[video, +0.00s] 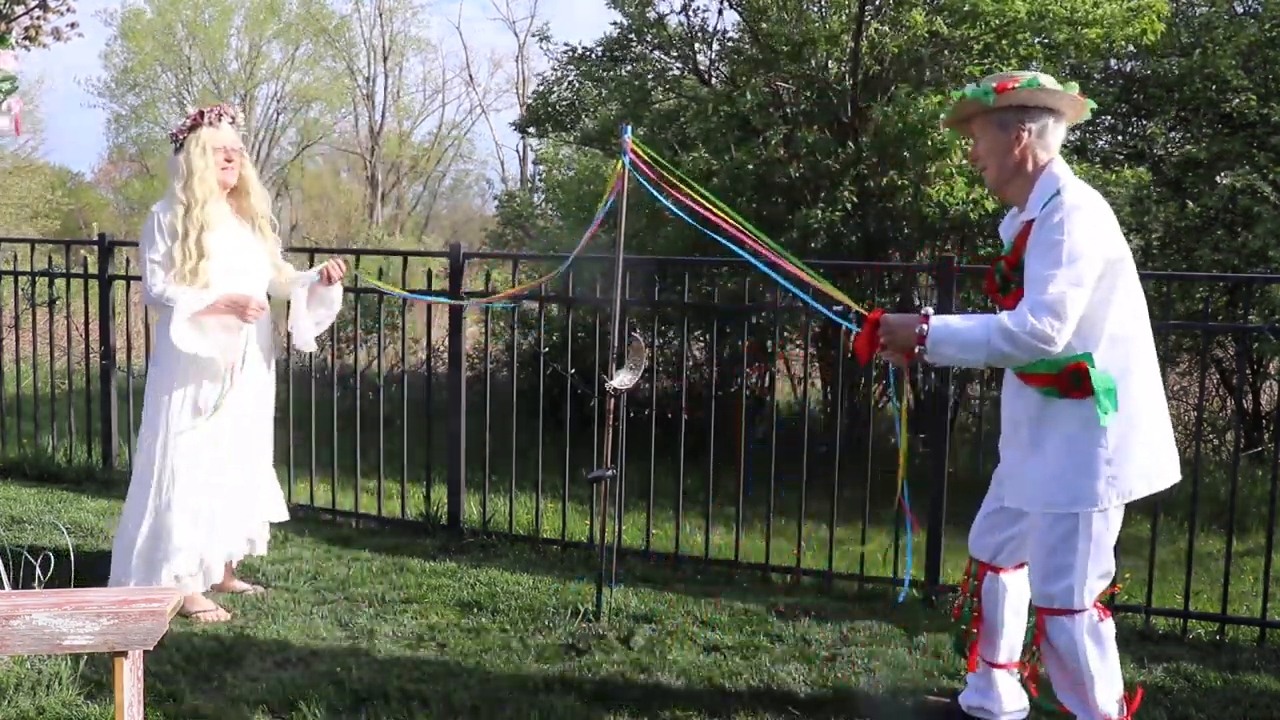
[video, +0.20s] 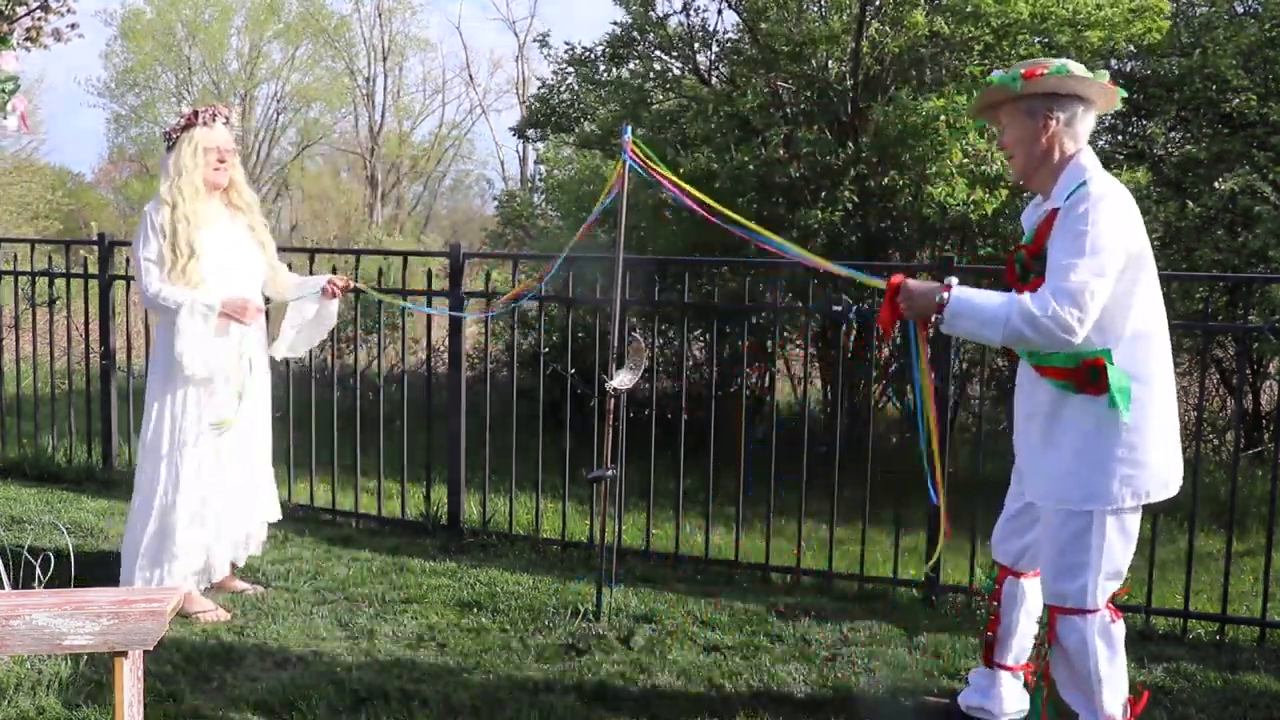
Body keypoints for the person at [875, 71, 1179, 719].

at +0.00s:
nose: (970, 156)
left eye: (977, 139)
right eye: (969, 142)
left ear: (1024, 137)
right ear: (1020, 140)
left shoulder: (1072, 215)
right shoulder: (1030, 220)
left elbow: (1045, 331)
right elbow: (1023, 331)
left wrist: (927, 331)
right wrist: (927, 343)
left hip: (1086, 444)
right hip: (1037, 438)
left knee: (1067, 598)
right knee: (996, 557)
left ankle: (1100, 711)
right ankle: (992, 700)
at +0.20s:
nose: (998, 146)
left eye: (1005, 130)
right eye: (996, 133)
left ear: (1052, 128)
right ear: (1049, 131)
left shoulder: (1097, 206)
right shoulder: (1053, 208)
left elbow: (1065, 319)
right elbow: (1039, 312)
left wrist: (947, 302)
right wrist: (945, 301)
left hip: (1101, 444)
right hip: (1053, 436)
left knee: (1078, 595)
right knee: (1018, 561)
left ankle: (1102, 711)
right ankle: (994, 699)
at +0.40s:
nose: (1016, 141)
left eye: (1023, 125)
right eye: (1014, 128)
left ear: (1074, 119)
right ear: (1069, 124)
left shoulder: (1121, 201)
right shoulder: (1061, 205)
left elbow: (1081, 308)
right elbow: (1043, 308)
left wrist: (964, 271)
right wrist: (956, 283)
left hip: (1121, 439)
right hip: (1065, 430)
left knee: (1100, 595)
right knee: (1018, 546)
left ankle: (1109, 710)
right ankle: (1017, 693)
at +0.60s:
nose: (1025, 150)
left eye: (1033, 134)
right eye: (1023, 136)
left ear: (1083, 132)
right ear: (1076, 136)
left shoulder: (1136, 217)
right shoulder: (1063, 216)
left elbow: (1110, 334)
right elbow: (1059, 324)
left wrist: (985, 322)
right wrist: (983, 333)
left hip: (1135, 451)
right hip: (1076, 439)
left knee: (1078, 606)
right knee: (1032, 581)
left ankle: (1102, 713)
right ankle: (1074, 703)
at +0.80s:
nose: (1038, 149)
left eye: (1045, 132)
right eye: (1035, 135)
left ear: (1096, 125)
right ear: (1087, 130)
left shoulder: (1142, 211)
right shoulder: (1078, 212)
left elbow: (1100, 327)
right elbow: (1062, 315)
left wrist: (979, 305)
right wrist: (974, 302)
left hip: (1131, 450)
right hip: (1081, 441)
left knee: (1079, 605)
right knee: (1035, 566)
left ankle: (1090, 712)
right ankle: (1083, 700)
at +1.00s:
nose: (1045, 129)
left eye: (1053, 113)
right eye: (1043, 116)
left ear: (1102, 112)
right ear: (1090, 115)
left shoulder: (1145, 198)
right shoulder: (1085, 197)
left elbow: (1103, 311)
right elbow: (1064, 308)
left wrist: (984, 280)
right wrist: (977, 285)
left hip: (1135, 428)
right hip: (1083, 420)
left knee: (1105, 591)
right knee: (1039, 557)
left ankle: (1104, 713)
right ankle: (1073, 698)